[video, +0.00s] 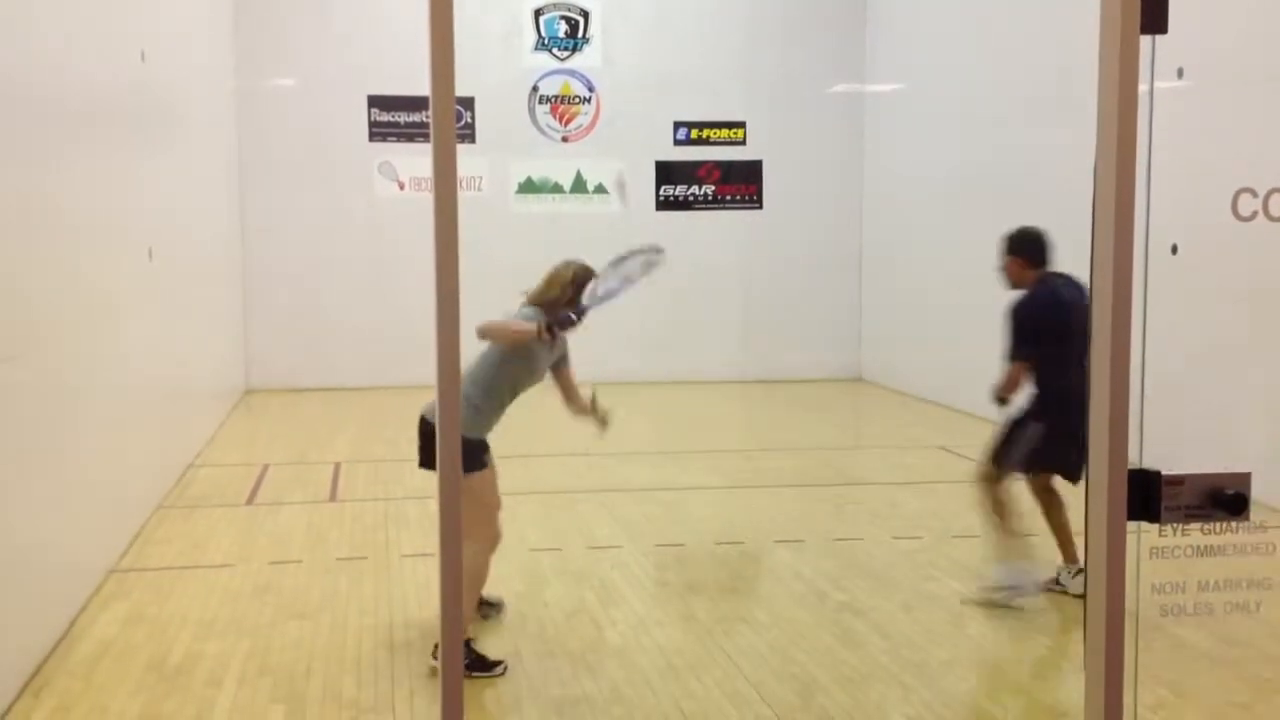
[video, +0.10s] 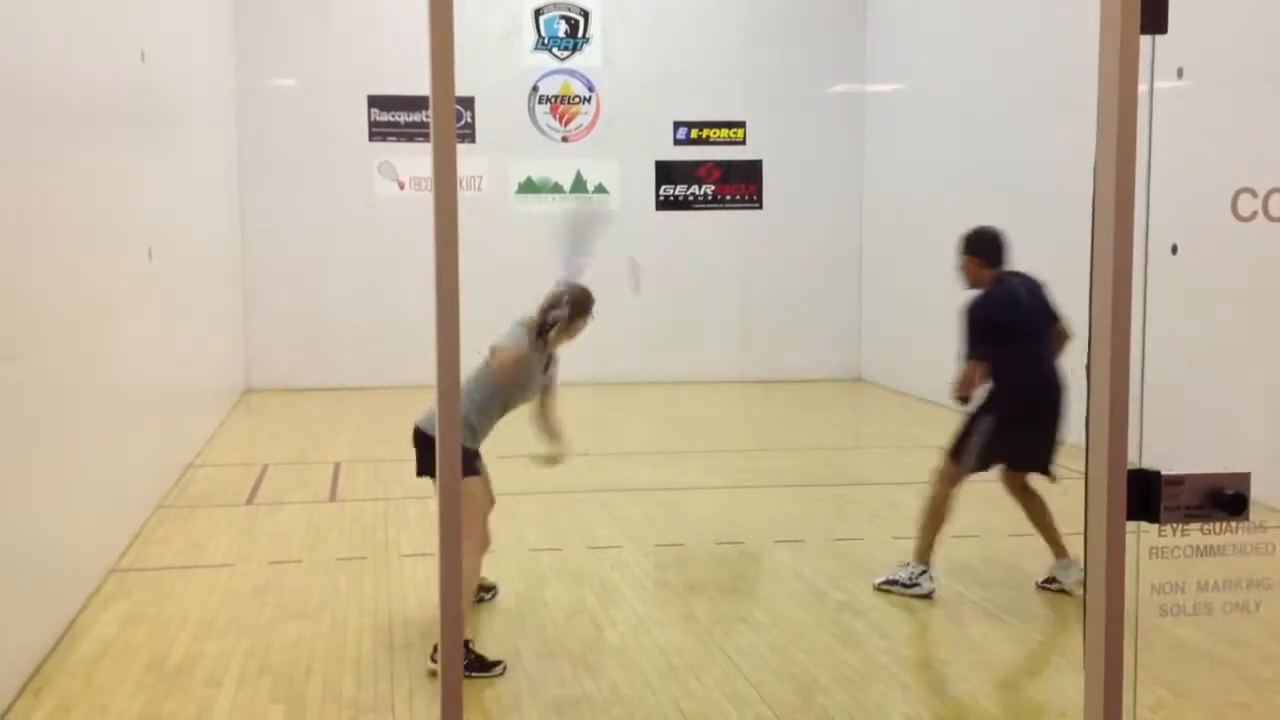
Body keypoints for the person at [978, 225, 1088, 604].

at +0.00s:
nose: (1003, 270)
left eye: (1006, 263)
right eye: (1004, 263)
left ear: (1022, 263)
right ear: (1041, 260)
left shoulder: (1029, 305)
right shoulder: (1074, 290)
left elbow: (1020, 366)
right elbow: (1084, 348)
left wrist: (1002, 392)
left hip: (1049, 407)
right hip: (1081, 404)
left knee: (992, 476)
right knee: (1040, 477)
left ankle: (1017, 574)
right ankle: (1073, 567)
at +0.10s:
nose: (962, 269)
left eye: (965, 262)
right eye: (963, 262)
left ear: (977, 263)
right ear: (996, 260)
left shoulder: (982, 307)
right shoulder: (1028, 286)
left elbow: (976, 368)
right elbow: (1061, 333)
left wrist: (963, 390)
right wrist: (1035, 365)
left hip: (1006, 401)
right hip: (1045, 399)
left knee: (948, 474)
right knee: (1015, 478)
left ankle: (919, 569)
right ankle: (1066, 564)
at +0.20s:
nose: (925, 270)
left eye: (927, 263)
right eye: (926, 263)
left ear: (936, 264)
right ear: (961, 261)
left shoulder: (937, 307)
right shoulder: (992, 287)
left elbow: (927, 376)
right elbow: (1029, 340)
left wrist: (929, 395)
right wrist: (1010, 377)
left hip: (966, 401)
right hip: (1008, 396)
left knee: (913, 473)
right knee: (986, 466)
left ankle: (914, 567)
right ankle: (1032, 549)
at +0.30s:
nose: (901, 265)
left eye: (902, 259)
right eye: (902, 258)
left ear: (909, 258)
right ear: (937, 253)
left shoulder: (908, 296)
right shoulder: (971, 282)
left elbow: (896, 363)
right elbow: (1010, 337)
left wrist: (900, 388)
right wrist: (1003, 394)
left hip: (938, 389)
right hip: (984, 389)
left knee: (891, 461)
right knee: (969, 462)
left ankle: (902, 552)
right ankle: (980, 556)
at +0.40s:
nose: (881, 267)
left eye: (882, 261)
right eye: (882, 261)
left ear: (889, 261)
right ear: (917, 257)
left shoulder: (888, 296)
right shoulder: (952, 285)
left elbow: (874, 359)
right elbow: (993, 341)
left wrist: (874, 389)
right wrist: (994, 401)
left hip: (915, 389)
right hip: (961, 389)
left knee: (862, 458)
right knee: (955, 467)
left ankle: (867, 549)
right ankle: (968, 558)